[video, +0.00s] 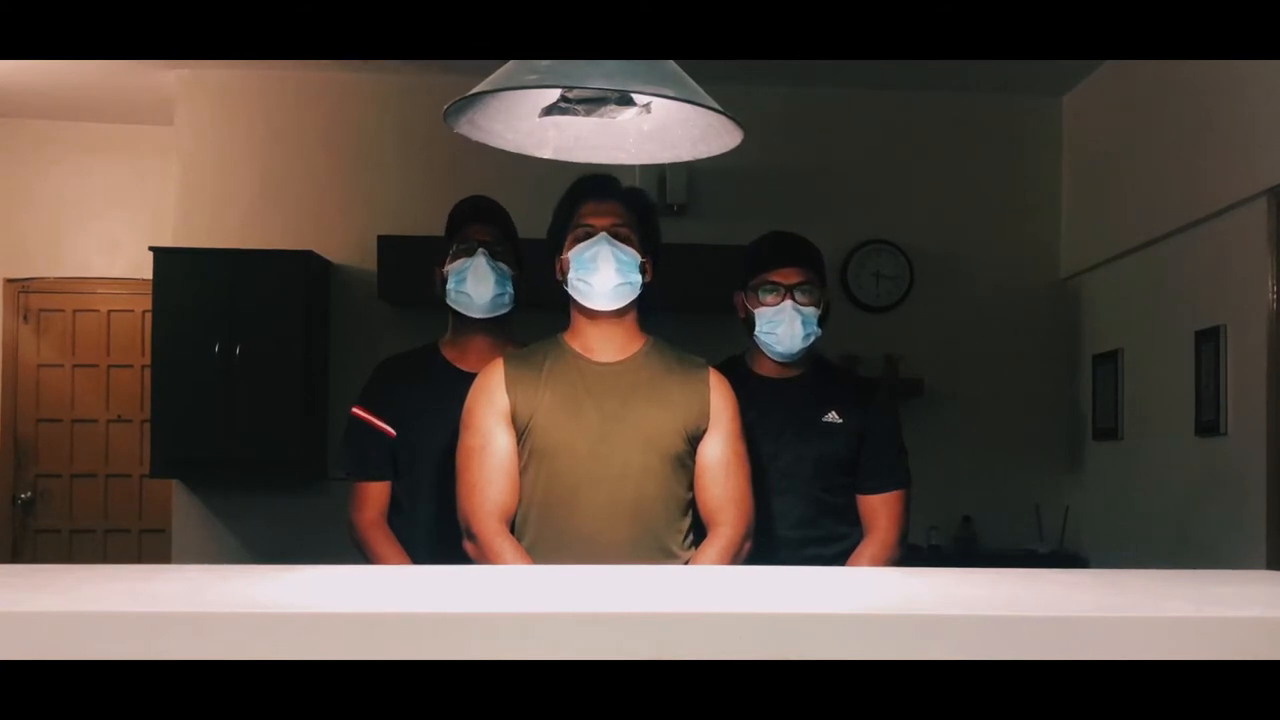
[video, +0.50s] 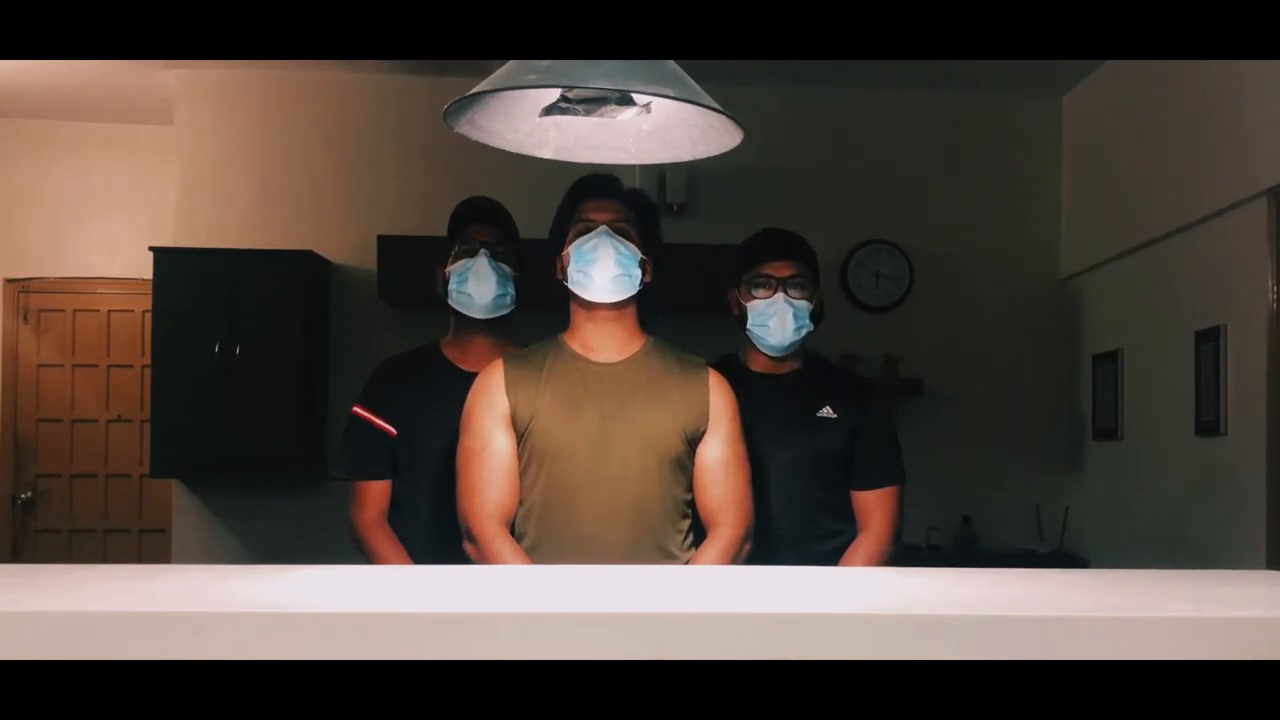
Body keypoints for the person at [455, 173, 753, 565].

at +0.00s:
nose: (602, 247)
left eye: (620, 236)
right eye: (585, 236)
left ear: (645, 268)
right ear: (561, 266)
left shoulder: (704, 388)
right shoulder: (503, 382)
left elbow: (731, 531)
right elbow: (483, 531)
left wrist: (669, 616)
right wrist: (553, 616)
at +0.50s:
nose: (602, 242)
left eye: (620, 234)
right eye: (585, 232)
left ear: (645, 268)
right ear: (562, 264)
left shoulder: (703, 389)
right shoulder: (503, 382)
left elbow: (731, 531)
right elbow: (484, 531)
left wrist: (668, 615)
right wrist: (553, 616)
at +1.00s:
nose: (603, 239)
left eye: (621, 231)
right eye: (585, 230)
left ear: (646, 267)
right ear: (562, 261)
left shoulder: (704, 388)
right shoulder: (502, 381)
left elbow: (731, 531)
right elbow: (483, 531)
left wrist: (667, 615)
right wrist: (552, 615)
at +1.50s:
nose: (603, 240)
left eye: (621, 233)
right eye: (586, 231)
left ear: (647, 267)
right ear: (562, 262)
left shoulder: (705, 388)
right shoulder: (503, 381)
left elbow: (731, 531)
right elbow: (483, 529)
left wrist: (667, 615)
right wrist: (549, 616)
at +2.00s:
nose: (601, 242)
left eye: (619, 233)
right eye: (583, 233)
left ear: (644, 268)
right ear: (559, 264)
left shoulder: (703, 389)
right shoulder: (502, 383)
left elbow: (730, 530)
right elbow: (484, 532)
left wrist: (667, 616)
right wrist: (553, 617)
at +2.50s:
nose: (601, 244)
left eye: (619, 235)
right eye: (583, 235)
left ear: (644, 269)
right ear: (560, 266)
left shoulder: (703, 390)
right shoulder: (503, 384)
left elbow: (730, 531)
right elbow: (485, 533)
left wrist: (667, 617)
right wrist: (554, 623)